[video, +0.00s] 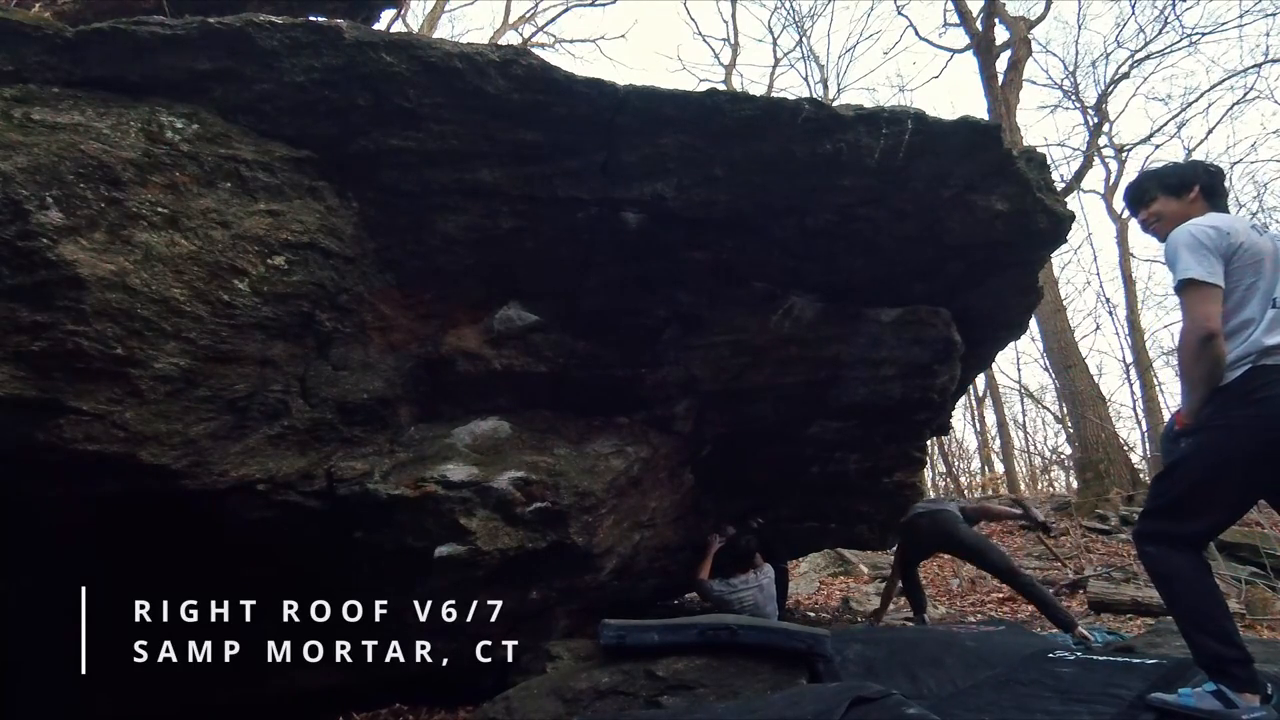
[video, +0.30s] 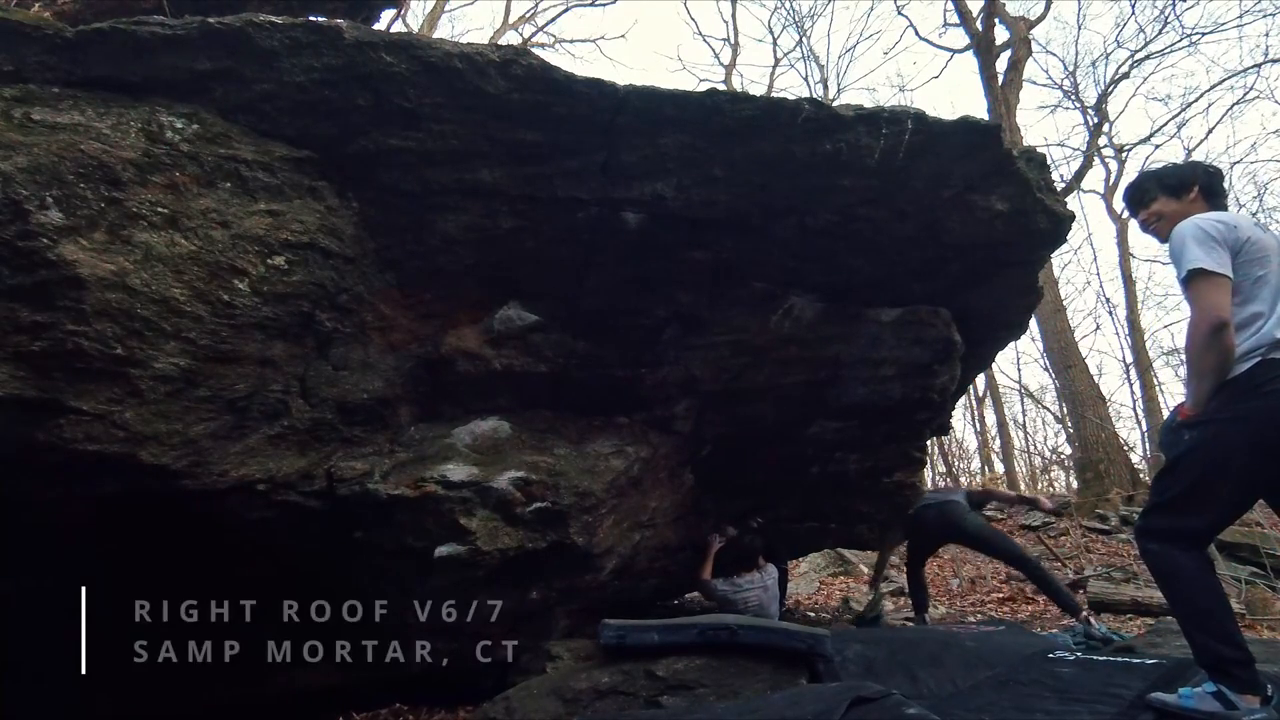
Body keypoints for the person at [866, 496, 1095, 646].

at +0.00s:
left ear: (920, 512)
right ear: (951, 507)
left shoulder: (909, 527)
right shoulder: (959, 510)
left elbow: (893, 579)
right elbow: (1015, 506)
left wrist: (880, 610)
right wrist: (1039, 521)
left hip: (914, 534)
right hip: (948, 525)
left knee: (908, 569)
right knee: (1014, 576)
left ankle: (921, 620)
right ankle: (1074, 629)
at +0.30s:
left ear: (922, 497)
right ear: (951, 491)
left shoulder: (910, 508)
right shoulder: (960, 494)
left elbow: (887, 546)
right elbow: (998, 495)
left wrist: (875, 583)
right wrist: (1038, 502)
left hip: (922, 525)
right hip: (957, 517)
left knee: (915, 569)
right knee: (1023, 561)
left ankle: (921, 621)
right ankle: (1082, 616)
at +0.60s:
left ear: (999, 465)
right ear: (1024, 467)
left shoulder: (976, 475)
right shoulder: (1026, 468)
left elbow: (941, 497)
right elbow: (1059, 486)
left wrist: (932, 538)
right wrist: (1089, 521)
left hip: (969, 507)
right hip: (1005, 505)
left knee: (943, 561)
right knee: (1058, 562)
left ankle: (926, 617)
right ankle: (1090, 630)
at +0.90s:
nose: (1096, 443)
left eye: (1098, 439)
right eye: (1097, 438)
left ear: (1071, 422)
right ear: (1089, 428)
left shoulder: (1050, 433)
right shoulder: (1080, 428)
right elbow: (1090, 454)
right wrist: (1099, 501)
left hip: (1006, 478)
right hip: (1036, 478)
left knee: (1040, 546)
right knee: (1076, 550)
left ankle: (1005, 584)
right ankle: (1092, 626)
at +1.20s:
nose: (1113, 423)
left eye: (1115, 419)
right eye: (1113, 417)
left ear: (1095, 405)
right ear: (1104, 406)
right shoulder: (1087, 410)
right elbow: (1112, 445)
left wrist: (1113, 497)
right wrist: (1128, 484)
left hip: (1042, 484)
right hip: (1062, 481)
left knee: (1099, 553)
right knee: (1101, 551)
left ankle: (1126, 622)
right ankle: (1094, 624)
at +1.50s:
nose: (1133, 439)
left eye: (1133, 436)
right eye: (1135, 435)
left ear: (1129, 427)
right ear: (1130, 424)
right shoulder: (1105, 418)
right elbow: (1132, 443)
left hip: (1048, 484)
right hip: (1065, 475)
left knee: (1103, 550)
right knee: (1133, 514)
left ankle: (1124, 626)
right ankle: (1116, 583)